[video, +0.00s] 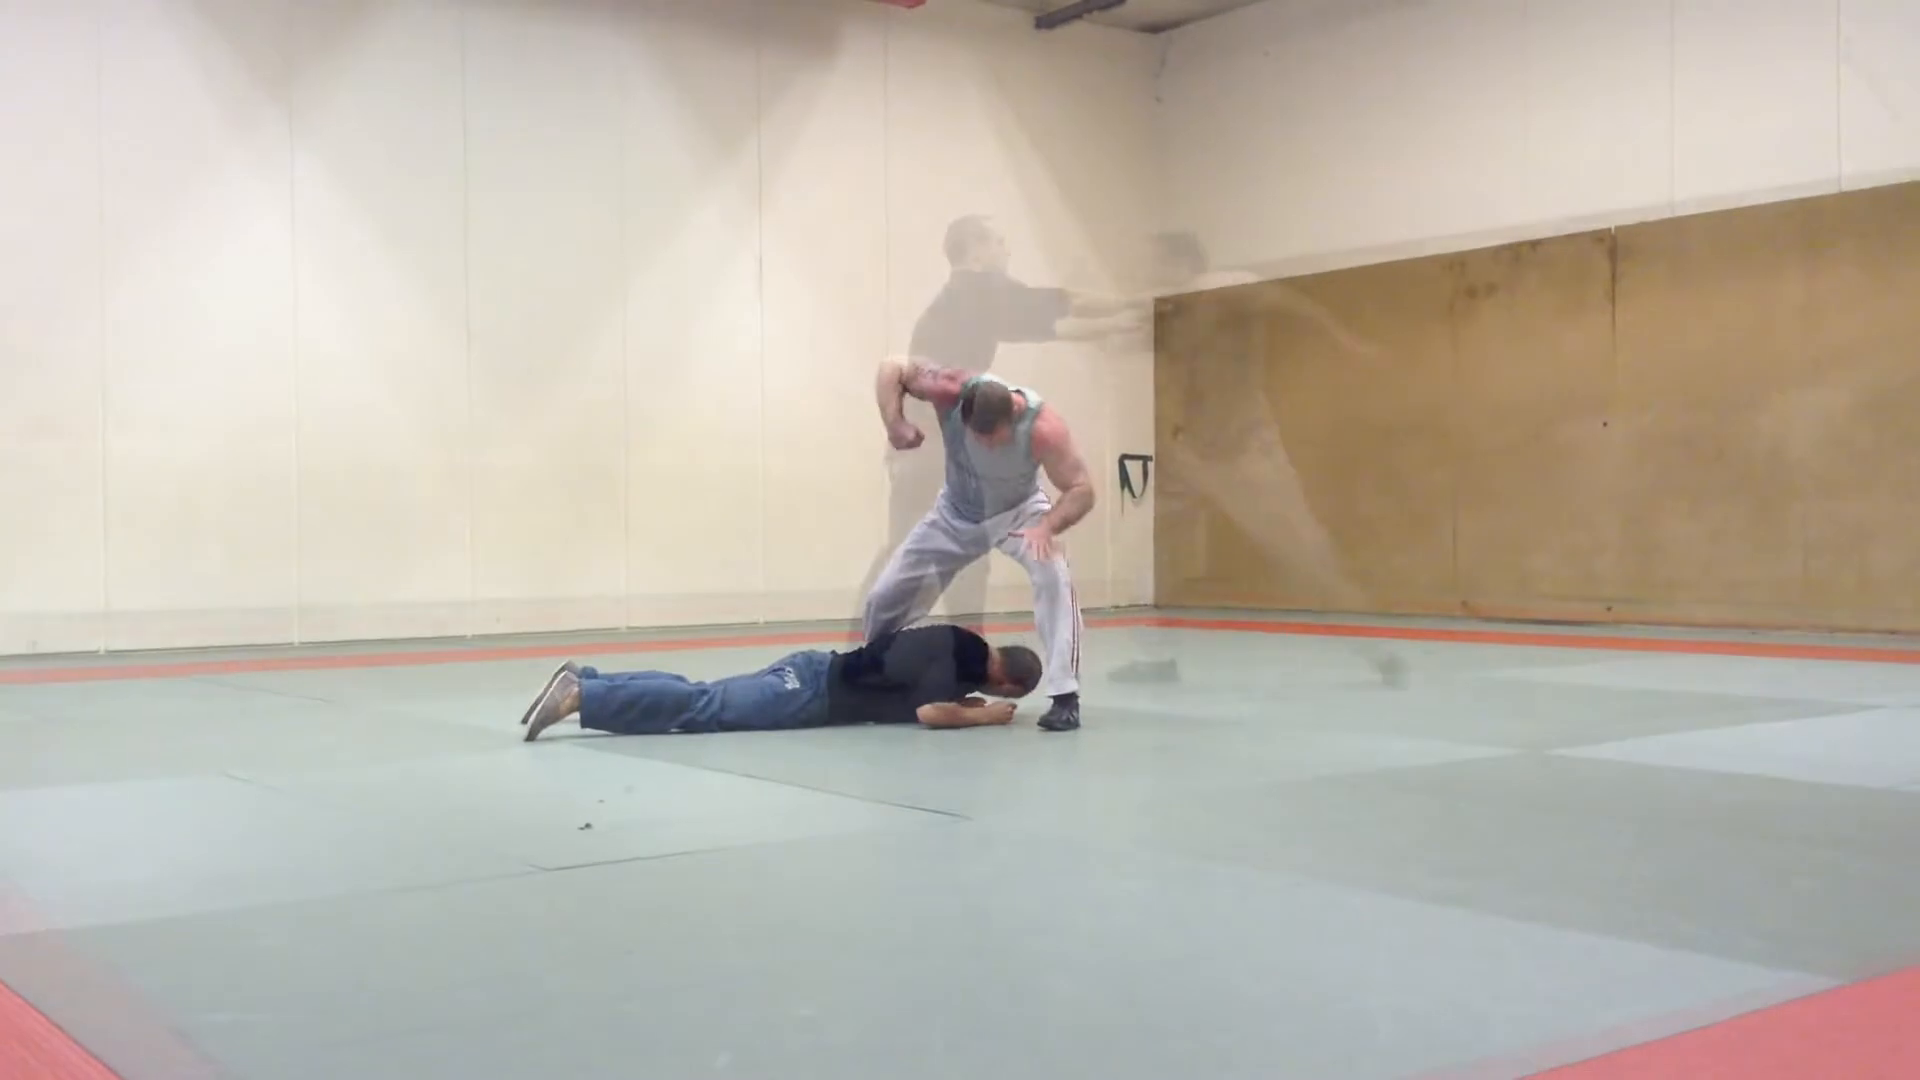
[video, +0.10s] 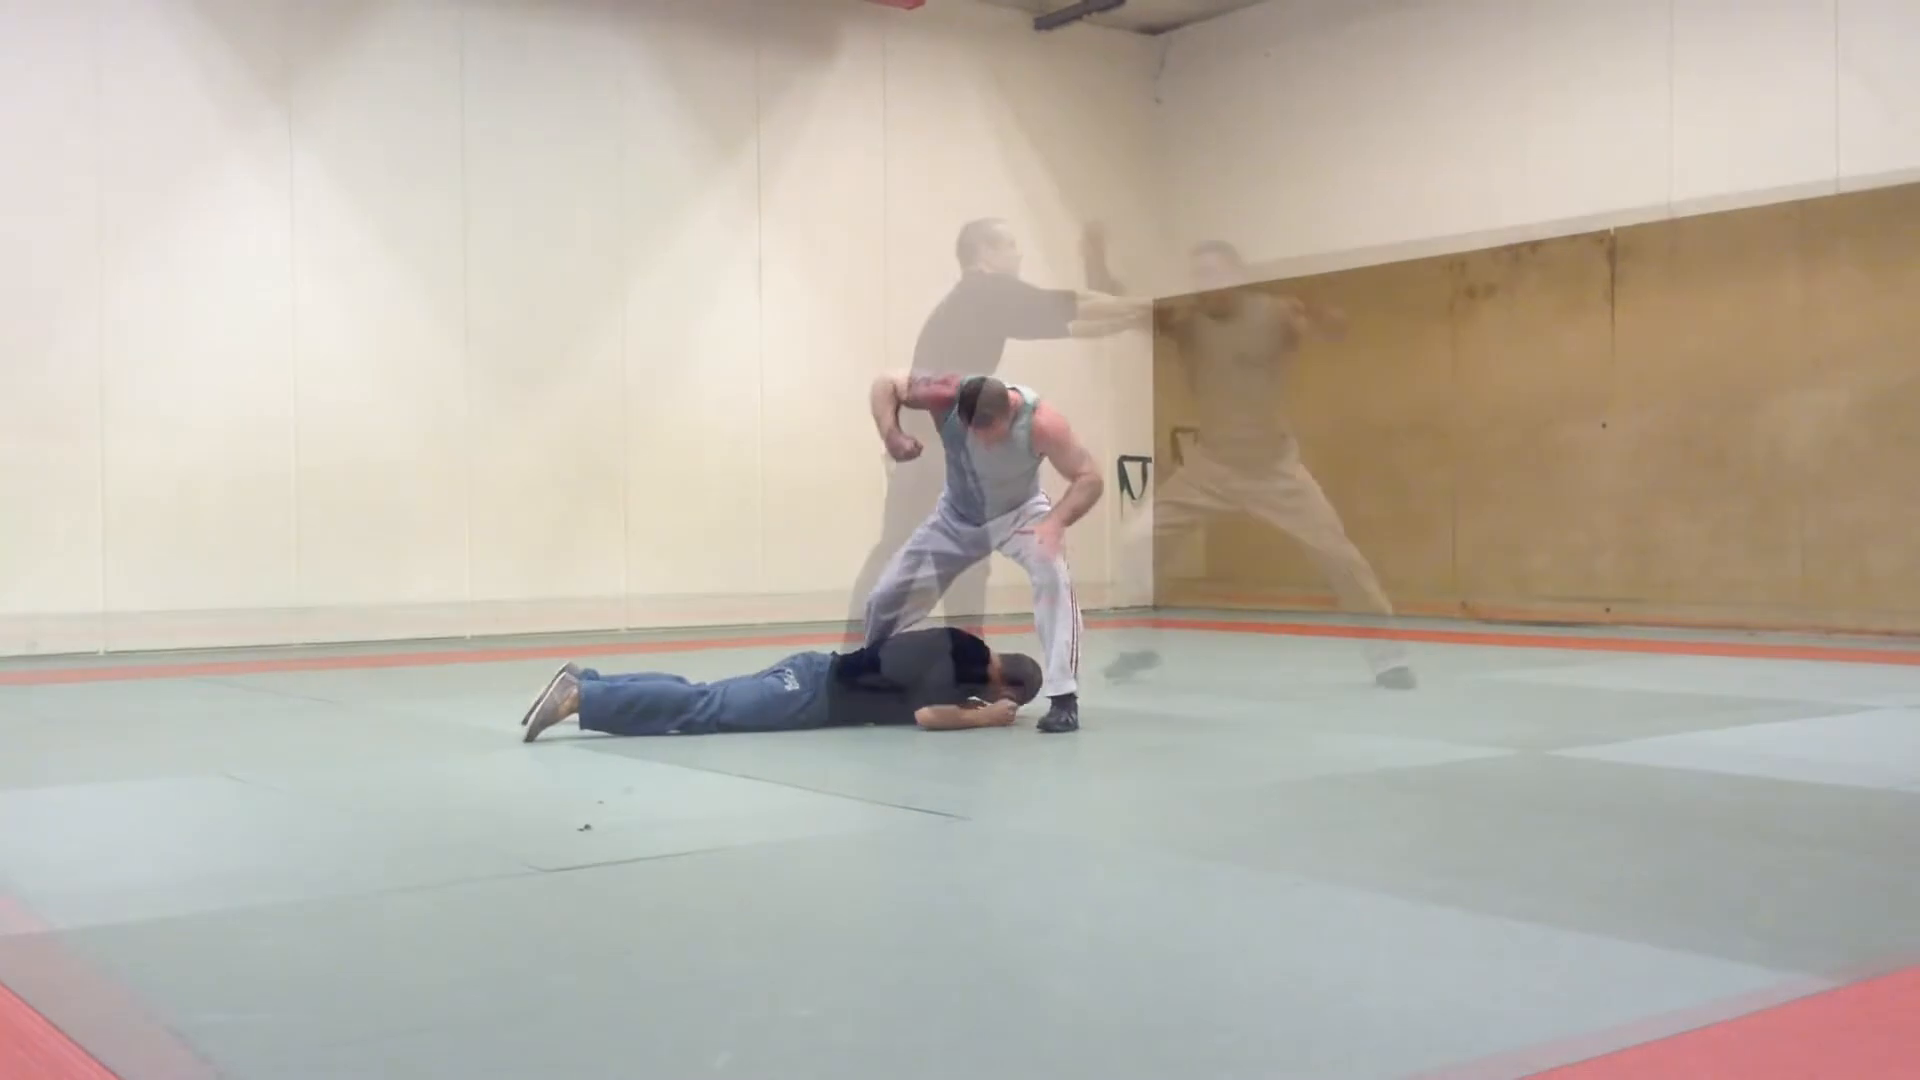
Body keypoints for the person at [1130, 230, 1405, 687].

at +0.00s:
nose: (1170, 274)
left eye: (1177, 265)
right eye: (1165, 265)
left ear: (1194, 263)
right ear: (1159, 267)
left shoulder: (1226, 295)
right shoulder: (1163, 311)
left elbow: (1284, 301)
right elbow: (1111, 328)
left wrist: (1344, 341)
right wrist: (1063, 318)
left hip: (1248, 443)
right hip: (1188, 447)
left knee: (1306, 549)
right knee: (1162, 559)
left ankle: (1377, 651)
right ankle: (1158, 659)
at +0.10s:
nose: (1209, 293)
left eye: (1217, 283)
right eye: (1202, 285)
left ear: (1236, 281)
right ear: (1195, 287)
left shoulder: (1274, 313)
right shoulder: (1186, 320)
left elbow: (1332, 332)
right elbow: (1120, 307)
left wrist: (1324, 322)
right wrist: (1097, 265)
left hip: (1276, 469)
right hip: (1210, 467)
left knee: (1338, 553)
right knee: (1134, 535)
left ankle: (1389, 657)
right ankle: (1141, 648)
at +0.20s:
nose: (1249, 302)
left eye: (1258, 293)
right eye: (1242, 292)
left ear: (1273, 296)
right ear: (1227, 296)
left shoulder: (1289, 339)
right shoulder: (1206, 332)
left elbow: (1334, 347)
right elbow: (1150, 319)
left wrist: (1281, 302)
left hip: (1280, 482)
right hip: (1208, 481)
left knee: (1348, 557)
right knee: (1138, 560)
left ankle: (1383, 660)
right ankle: (1094, 661)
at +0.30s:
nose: (1223, 308)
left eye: (1233, 300)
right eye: (1221, 300)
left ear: (1255, 303)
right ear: (1216, 304)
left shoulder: (1283, 347)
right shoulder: (1203, 343)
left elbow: (1343, 359)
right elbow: (1180, 356)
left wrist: (1312, 327)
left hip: (1267, 489)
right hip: (1197, 488)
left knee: (1340, 557)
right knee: (1129, 561)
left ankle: (1374, 661)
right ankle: (1082, 664)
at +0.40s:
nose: (1203, 311)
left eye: (1212, 301)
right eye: (1198, 302)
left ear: (1237, 301)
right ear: (1193, 305)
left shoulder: (1271, 347)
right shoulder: (1180, 346)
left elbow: (1328, 355)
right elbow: (1117, 348)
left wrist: (1367, 359)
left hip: (1250, 488)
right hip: (1179, 489)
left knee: (1323, 552)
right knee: (1118, 558)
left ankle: (1358, 658)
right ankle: (1068, 661)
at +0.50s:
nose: (1173, 310)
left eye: (1181, 300)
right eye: (1168, 301)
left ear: (1208, 295)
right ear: (1163, 299)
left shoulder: (1249, 337)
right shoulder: (1156, 332)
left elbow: (1306, 377)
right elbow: (1085, 317)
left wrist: (1324, 407)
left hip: (1242, 483)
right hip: (1170, 483)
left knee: (1306, 559)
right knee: (1111, 564)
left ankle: (1339, 661)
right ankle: (1052, 670)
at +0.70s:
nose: (1113, 286)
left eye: (1119, 277)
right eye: (1112, 279)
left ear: (1147, 276)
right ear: (1123, 281)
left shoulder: (1174, 314)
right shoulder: (1132, 336)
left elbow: (1146, 305)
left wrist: (1081, 291)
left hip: (1202, 471)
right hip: (1152, 477)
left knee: (1263, 565)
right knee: (1115, 574)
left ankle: (1327, 661)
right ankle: (1162, 653)